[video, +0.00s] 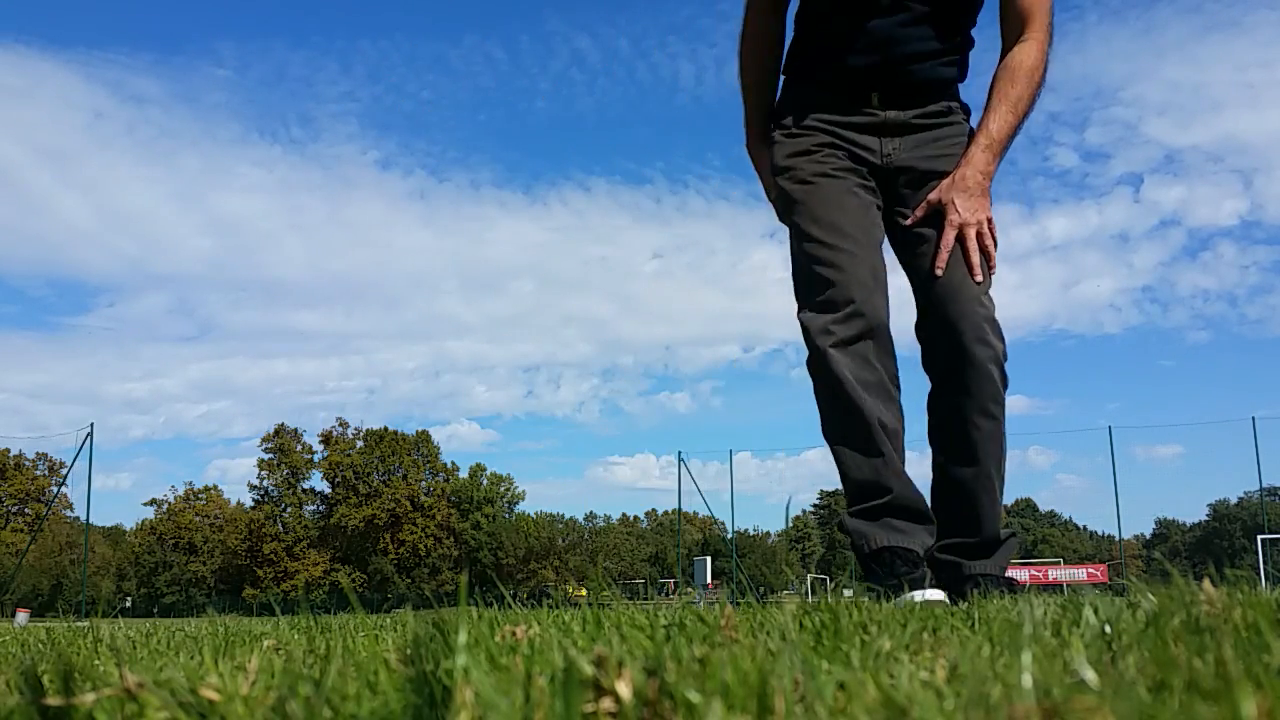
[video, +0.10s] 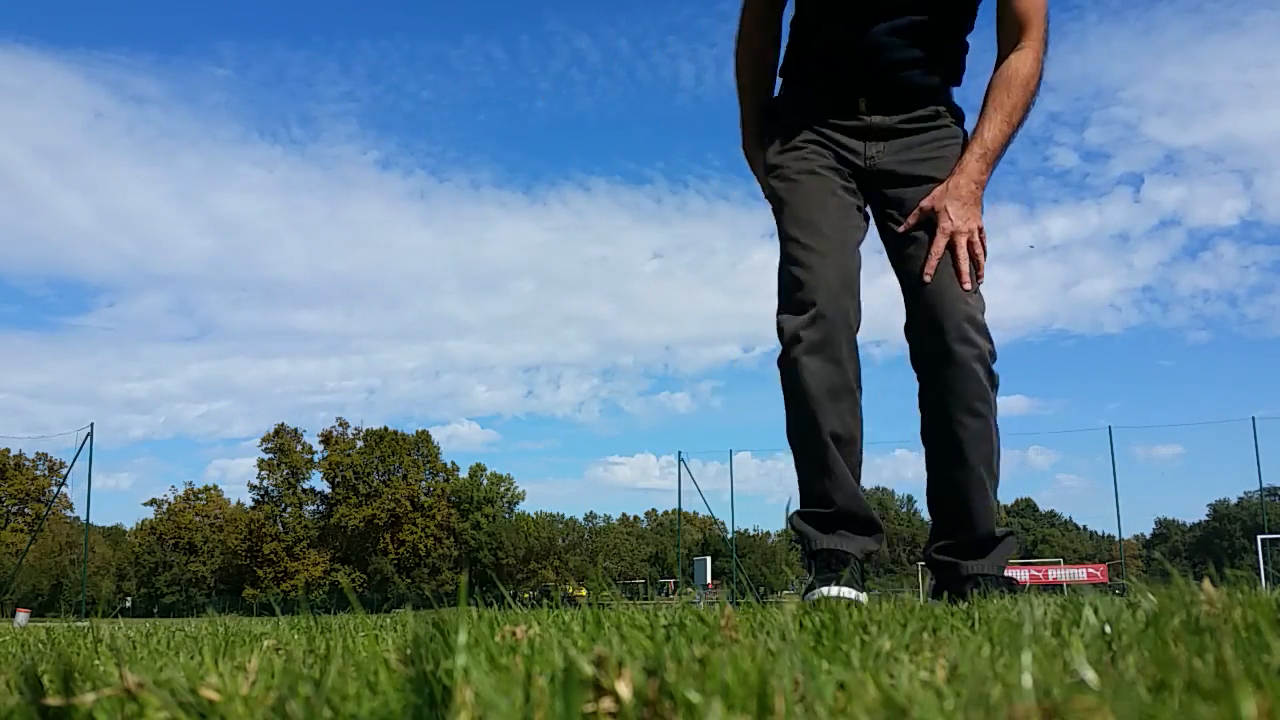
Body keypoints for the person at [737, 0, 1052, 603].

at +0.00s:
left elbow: (1029, 37)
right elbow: (762, 23)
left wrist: (977, 170)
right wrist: (761, 145)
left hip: (933, 124)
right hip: (818, 126)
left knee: (970, 333)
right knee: (850, 324)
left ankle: (974, 564)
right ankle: (896, 561)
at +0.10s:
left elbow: (1025, 45)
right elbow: (759, 21)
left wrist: (970, 178)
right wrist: (756, 140)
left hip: (924, 126)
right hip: (811, 126)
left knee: (956, 326)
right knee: (820, 317)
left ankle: (969, 566)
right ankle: (835, 561)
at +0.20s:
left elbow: (1006, 49)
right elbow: (746, 21)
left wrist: (962, 182)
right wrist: (740, 139)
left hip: (913, 131)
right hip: (799, 131)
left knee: (947, 328)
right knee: (776, 319)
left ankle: (967, 567)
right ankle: (753, 557)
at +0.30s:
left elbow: (987, 53)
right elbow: (722, 34)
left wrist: (959, 188)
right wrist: (716, 162)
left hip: (896, 142)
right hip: (778, 142)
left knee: (937, 334)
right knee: (730, 328)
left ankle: (964, 567)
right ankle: (679, 555)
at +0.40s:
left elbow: (955, 63)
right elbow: (684, 57)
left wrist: (947, 194)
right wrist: (679, 181)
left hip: (866, 158)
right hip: (749, 162)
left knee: (918, 336)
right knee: (688, 349)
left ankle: (964, 569)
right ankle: (621, 567)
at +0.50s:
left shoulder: (868, 1)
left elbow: (895, 64)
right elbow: (632, 79)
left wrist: (895, 197)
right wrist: (637, 208)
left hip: (823, 171)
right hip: (708, 180)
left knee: (892, 344)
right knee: (657, 366)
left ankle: (961, 566)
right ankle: (604, 575)